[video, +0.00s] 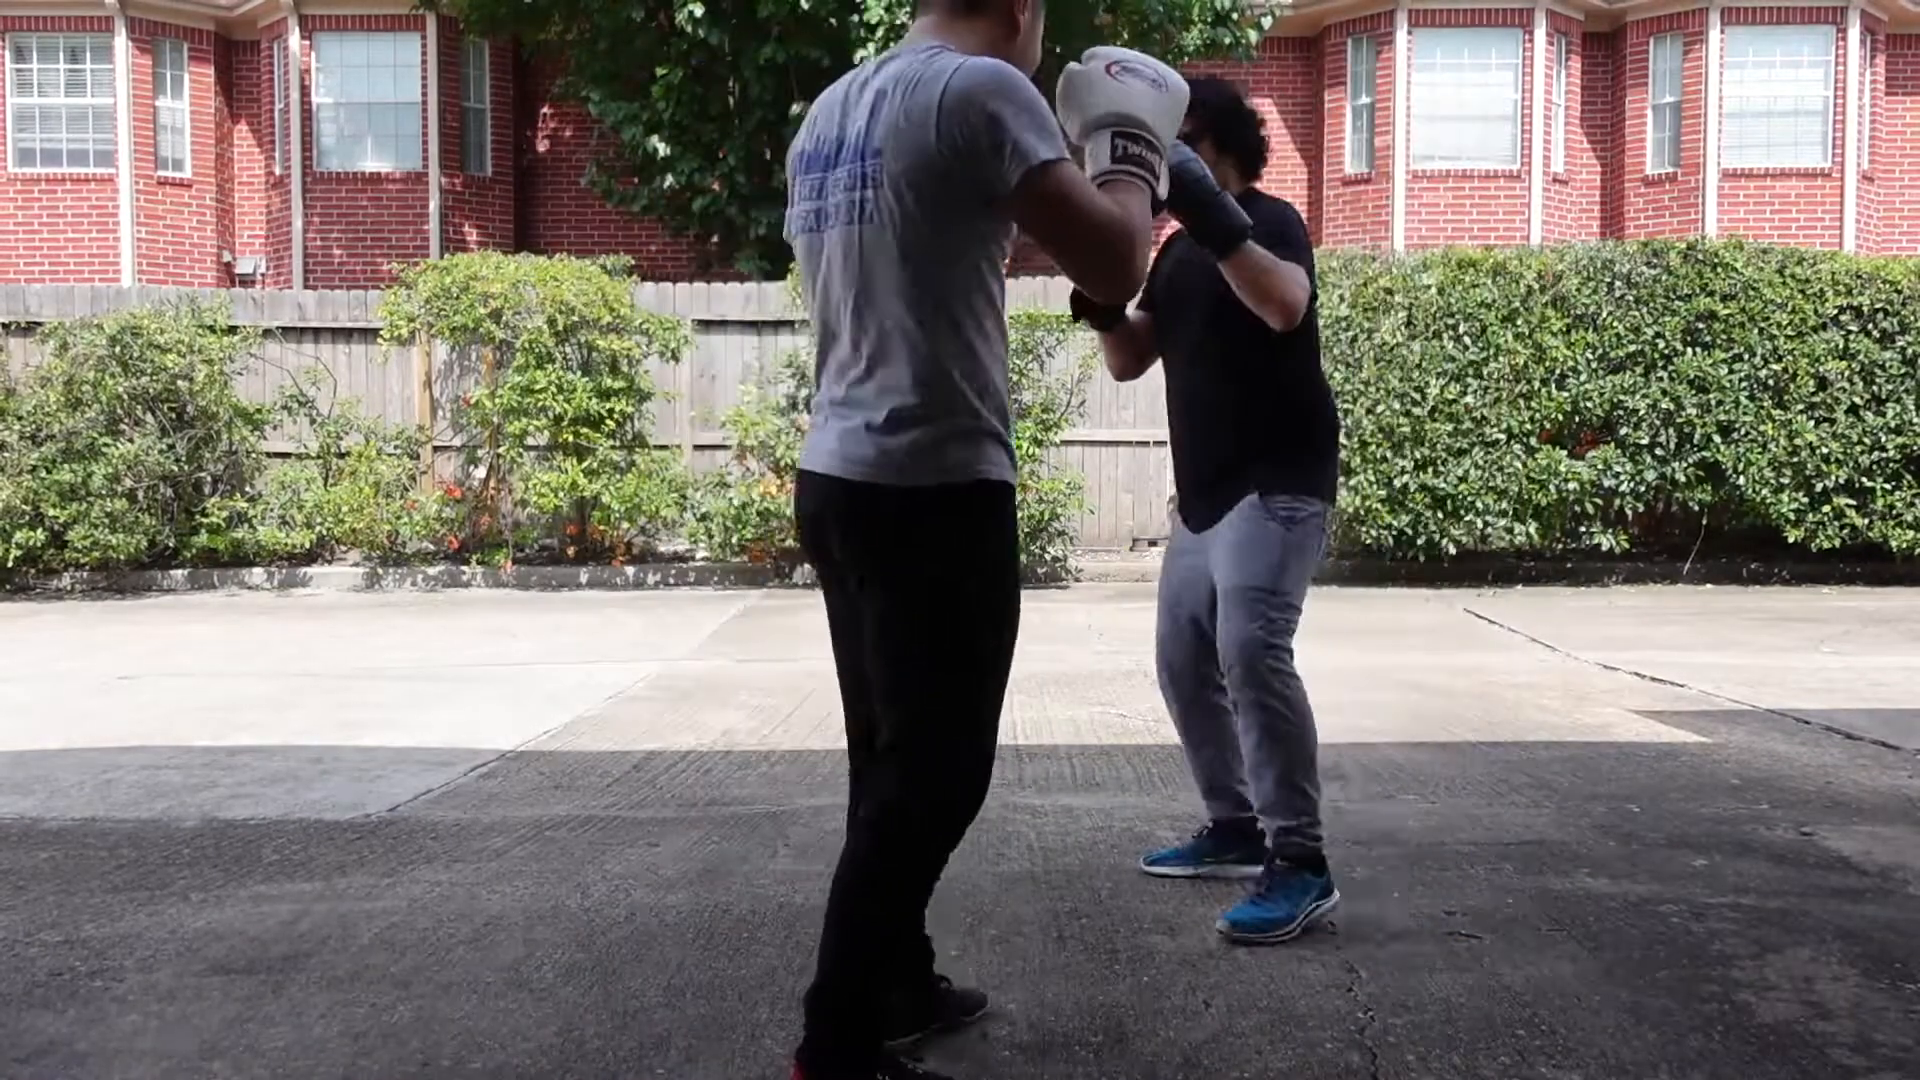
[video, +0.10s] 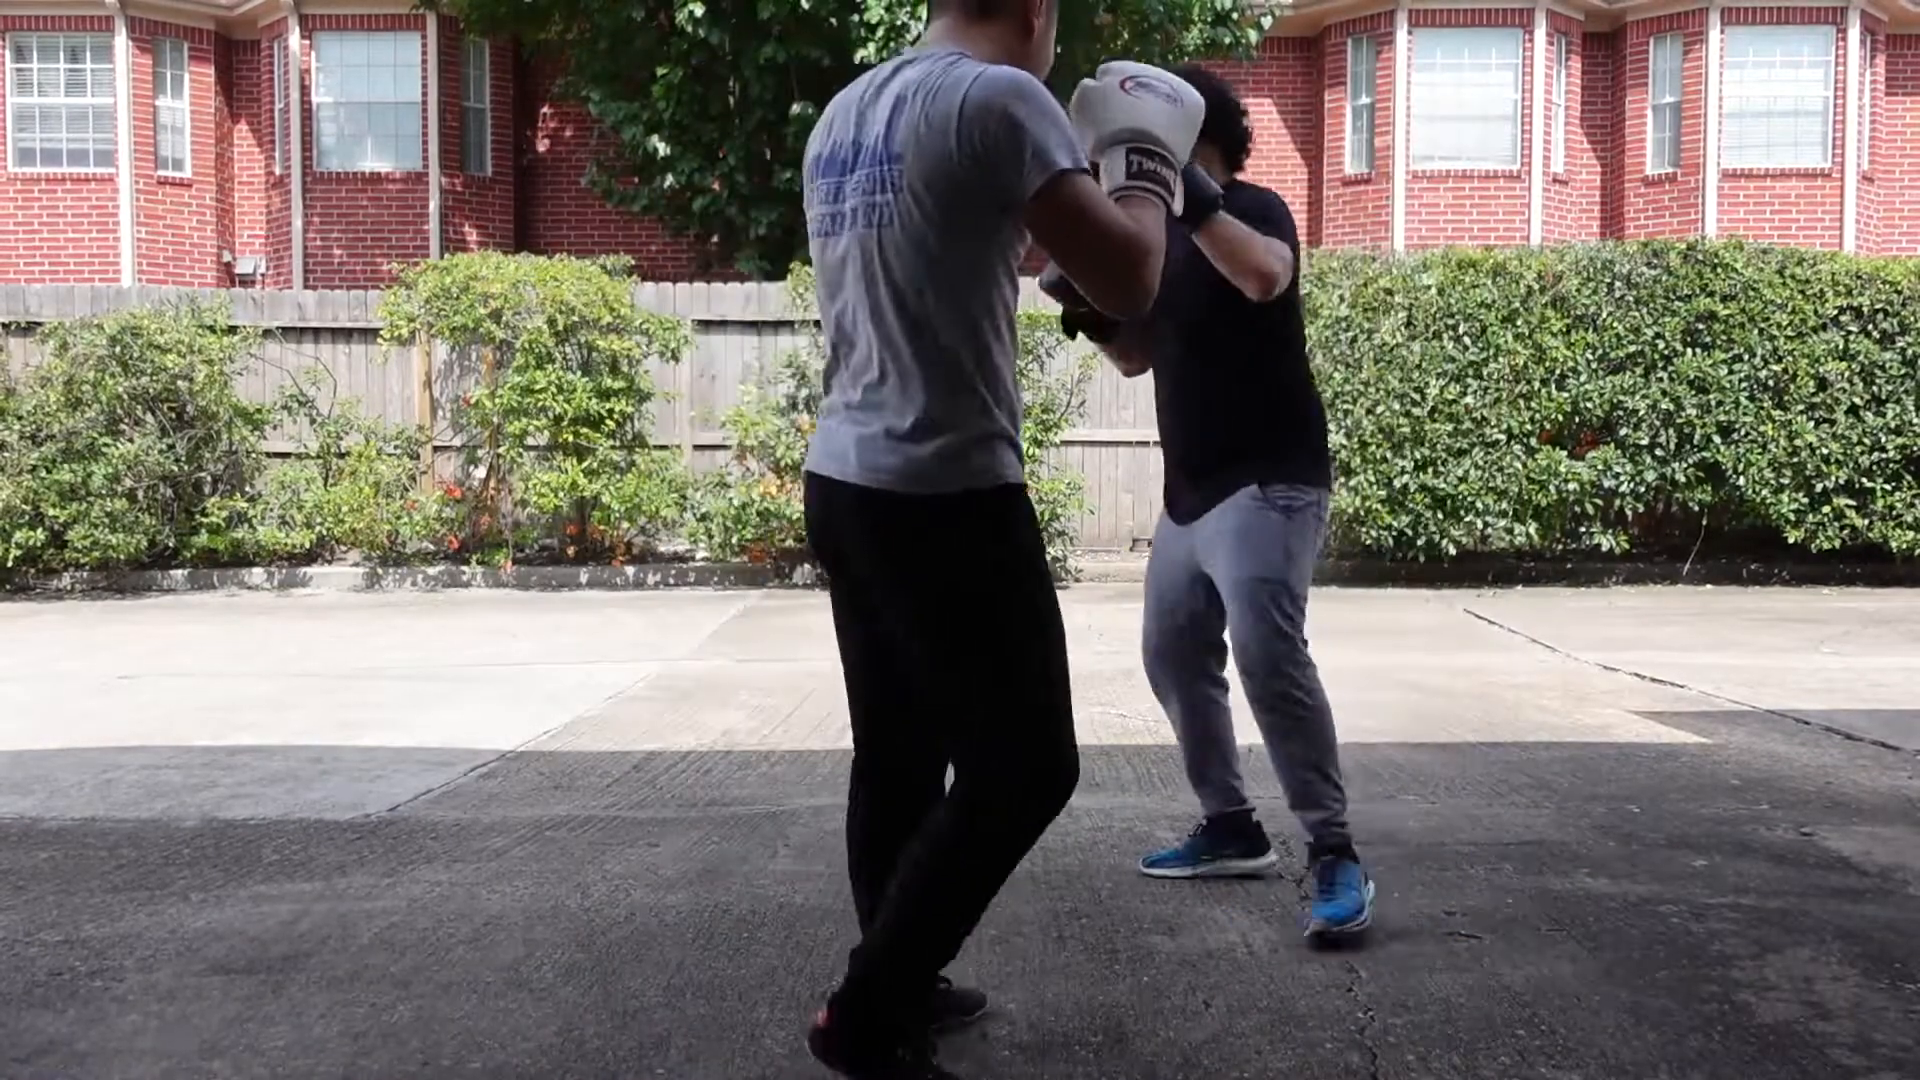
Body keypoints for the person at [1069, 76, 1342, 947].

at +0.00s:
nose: (1168, 167)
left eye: (1182, 149)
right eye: (1166, 152)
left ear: (1226, 156)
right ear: (1179, 167)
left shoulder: (1272, 220)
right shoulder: (1177, 252)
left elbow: (1285, 307)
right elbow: (1128, 359)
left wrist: (1205, 212)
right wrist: (1100, 285)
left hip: (1277, 489)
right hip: (1204, 498)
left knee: (1253, 658)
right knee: (1184, 667)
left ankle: (1299, 863)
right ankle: (1234, 827)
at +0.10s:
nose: (1162, 150)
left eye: (1177, 134)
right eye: (1158, 135)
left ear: (1213, 143)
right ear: (1156, 150)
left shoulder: (1256, 206)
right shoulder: (1150, 226)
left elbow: (1263, 274)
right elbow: (1134, 355)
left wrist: (1186, 188)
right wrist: (1074, 288)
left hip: (1272, 480)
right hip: (1189, 490)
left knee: (1266, 651)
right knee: (1175, 655)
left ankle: (1332, 854)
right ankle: (1228, 825)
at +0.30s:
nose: (1063, 180)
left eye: (1073, 161)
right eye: (1060, 169)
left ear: (1118, 143)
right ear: (1103, 151)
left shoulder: (1180, 197)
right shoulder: (1120, 231)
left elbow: (1165, 314)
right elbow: (1163, 346)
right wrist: (1105, 383)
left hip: (1231, 491)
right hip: (1151, 500)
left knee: (1255, 658)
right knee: (1111, 663)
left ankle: (1347, 849)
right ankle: (1138, 827)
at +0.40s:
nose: (1081, 238)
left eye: (1094, 219)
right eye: (1079, 224)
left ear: (1143, 192)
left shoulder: (1182, 257)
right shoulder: (1116, 271)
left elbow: (1170, 334)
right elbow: (1120, 367)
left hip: (1206, 451)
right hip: (1128, 464)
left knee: (1151, 557)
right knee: (1088, 640)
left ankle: (1255, 779)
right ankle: (1134, 826)